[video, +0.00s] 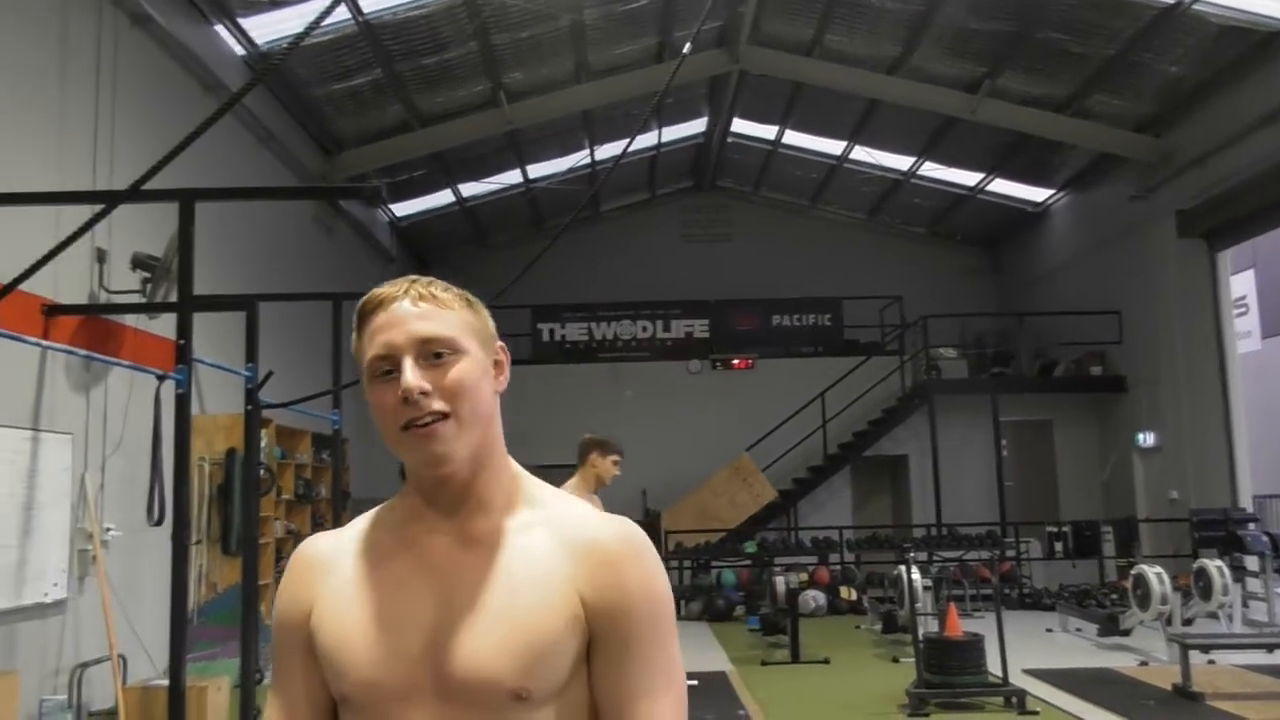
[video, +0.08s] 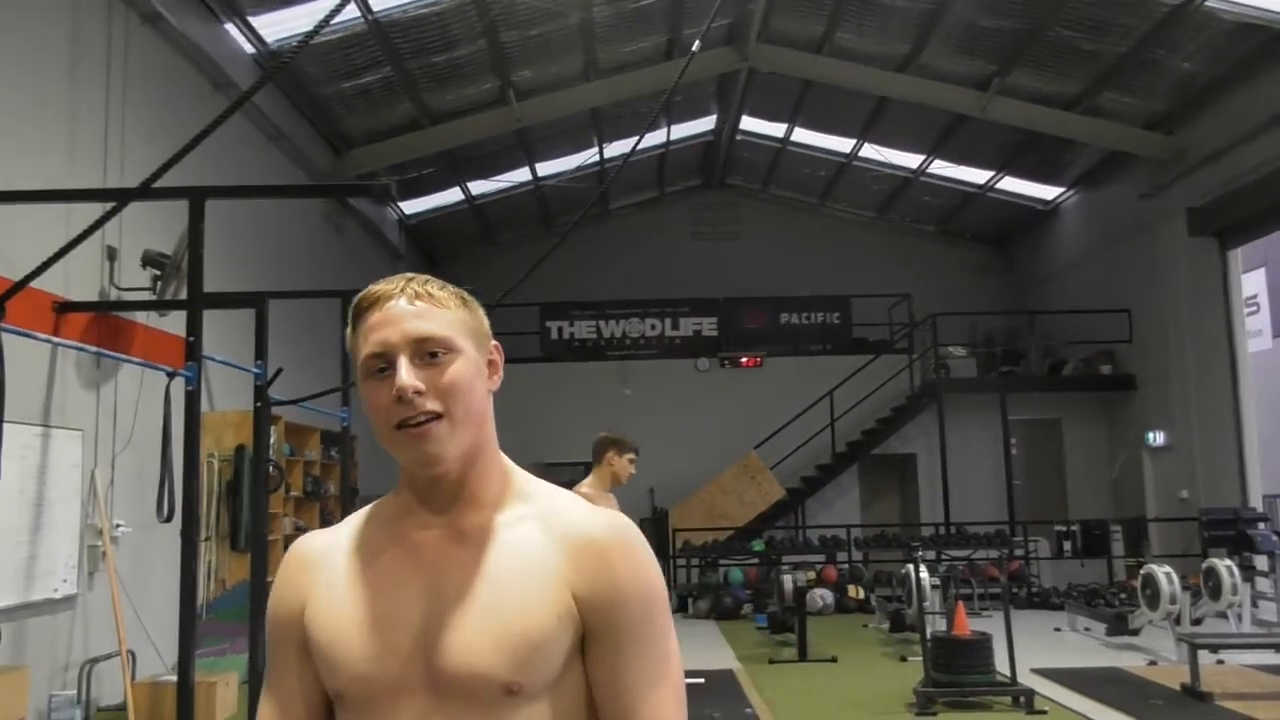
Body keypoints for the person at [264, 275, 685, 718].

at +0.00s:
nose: (411, 387)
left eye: (438, 356)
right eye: (385, 370)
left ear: (499, 368)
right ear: (367, 398)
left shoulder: (608, 557)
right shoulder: (316, 571)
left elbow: (655, 710)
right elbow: (288, 713)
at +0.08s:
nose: (405, 386)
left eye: (433, 356)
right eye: (379, 368)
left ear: (492, 367)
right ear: (361, 396)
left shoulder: (601, 552)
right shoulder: (309, 569)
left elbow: (654, 711)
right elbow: (279, 711)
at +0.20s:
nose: (399, 386)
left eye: (427, 357)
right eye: (374, 366)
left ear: (486, 370)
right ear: (355, 394)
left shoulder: (592, 547)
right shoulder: (302, 567)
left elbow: (654, 711)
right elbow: (275, 711)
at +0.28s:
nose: (399, 385)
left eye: (428, 357)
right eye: (375, 365)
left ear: (486, 373)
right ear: (356, 391)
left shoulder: (589, 546)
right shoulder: (300, 568)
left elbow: (652, 709)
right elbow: (278, 711)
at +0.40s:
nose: (406, 385)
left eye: (437, 358)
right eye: (384, 362)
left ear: (492, 379)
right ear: (360, 389)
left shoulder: (589, 548)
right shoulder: (300, 571)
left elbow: (650, 709)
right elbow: (277, 709)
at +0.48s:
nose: (410, 385)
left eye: (443, 360)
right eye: (389, 362)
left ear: (496, 383)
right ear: (365, 388)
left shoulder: (592, 553)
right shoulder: (300, 575)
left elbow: (650, 709)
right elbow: (277, 709)